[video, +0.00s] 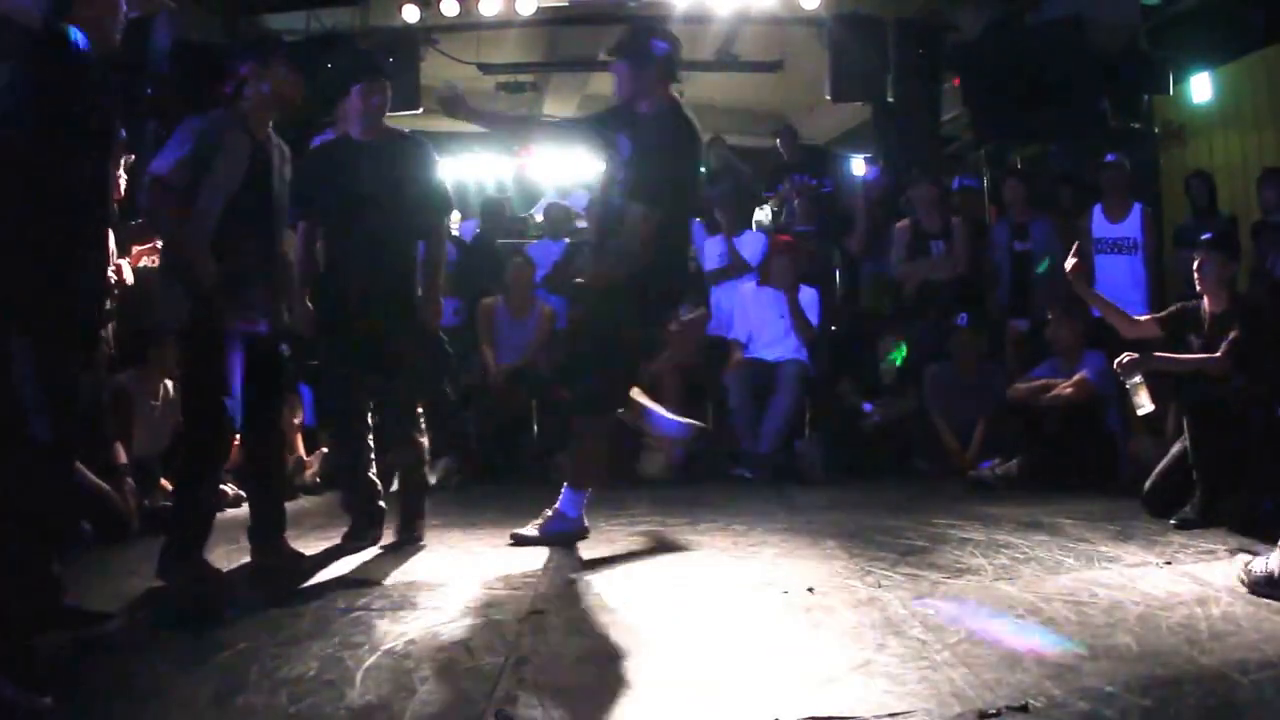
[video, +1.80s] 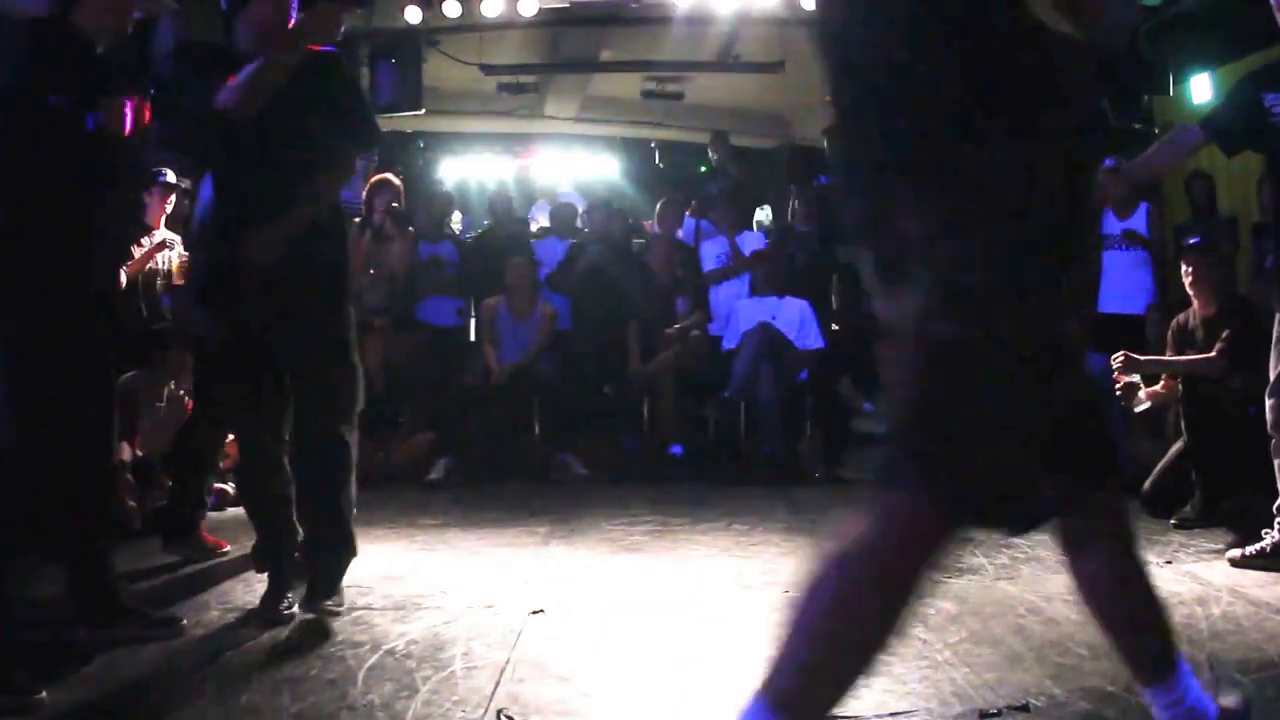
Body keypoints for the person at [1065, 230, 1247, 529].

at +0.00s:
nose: (1196, 268)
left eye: (1206, 261)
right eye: (1196, 260)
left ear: (1230, 268)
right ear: (1192, 265)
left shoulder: (1248, 315)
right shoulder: (1190, 314)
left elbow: (1221, 363)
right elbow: (1132, 329)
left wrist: (1149, 361)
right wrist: (1082, 287)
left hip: (1249, 426)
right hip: (1209, 424)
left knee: (1199, 399)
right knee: (1156, 498)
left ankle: (1207, 502)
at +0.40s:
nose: (1199, 274)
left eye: (1207, 267)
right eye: (1196, 267)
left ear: (1226, 272)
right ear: (1191, 271)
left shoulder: (1247, 313)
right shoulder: (1194, 311)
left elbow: (1220, 363)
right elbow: (1146, 327)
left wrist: (1147, 362)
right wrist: (1093, 313)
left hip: (1245, 425)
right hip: (1210, 426)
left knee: (1197, 391)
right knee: (1156, 497)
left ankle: (1206, 497)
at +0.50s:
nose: (1191, 272)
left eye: (1200, 266)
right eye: (1192, 265)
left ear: (1225, 273)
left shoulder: (1245, 316)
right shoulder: (1192, 314)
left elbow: (1220, 363)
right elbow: (1152, 337)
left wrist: (1148, 363)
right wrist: (1106, 341)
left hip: (1241, 429)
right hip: (1205, 430)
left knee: (1193, 383)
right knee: (1156, 497)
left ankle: (1206, 496)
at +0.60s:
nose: (1190, 271)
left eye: (1200, 264)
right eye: (1192, 265)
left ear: (1223, 272)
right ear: (1200, 278)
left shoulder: (1245, 316)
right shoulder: (1191, 317)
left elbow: (1221, 361)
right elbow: (1164, 348)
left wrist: (1146, 364)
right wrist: (1130, 364)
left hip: (1242, 428)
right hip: (1205, 429)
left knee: (1193, 384)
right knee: (1155, 497)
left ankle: (1205, 498)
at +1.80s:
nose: (1189, 271)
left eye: (1198, 264)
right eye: (1185, 265)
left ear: (1216, 269)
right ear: (1181, 272)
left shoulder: (1240, 314)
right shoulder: (1180, 325)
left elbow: (1218, 363)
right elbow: (1170, 387)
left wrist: (1146, 364)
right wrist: (1142, 396)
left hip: (1242, 427)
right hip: (1204, 429)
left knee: (1194, 388)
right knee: (1155, 498)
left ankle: (1205, 498)